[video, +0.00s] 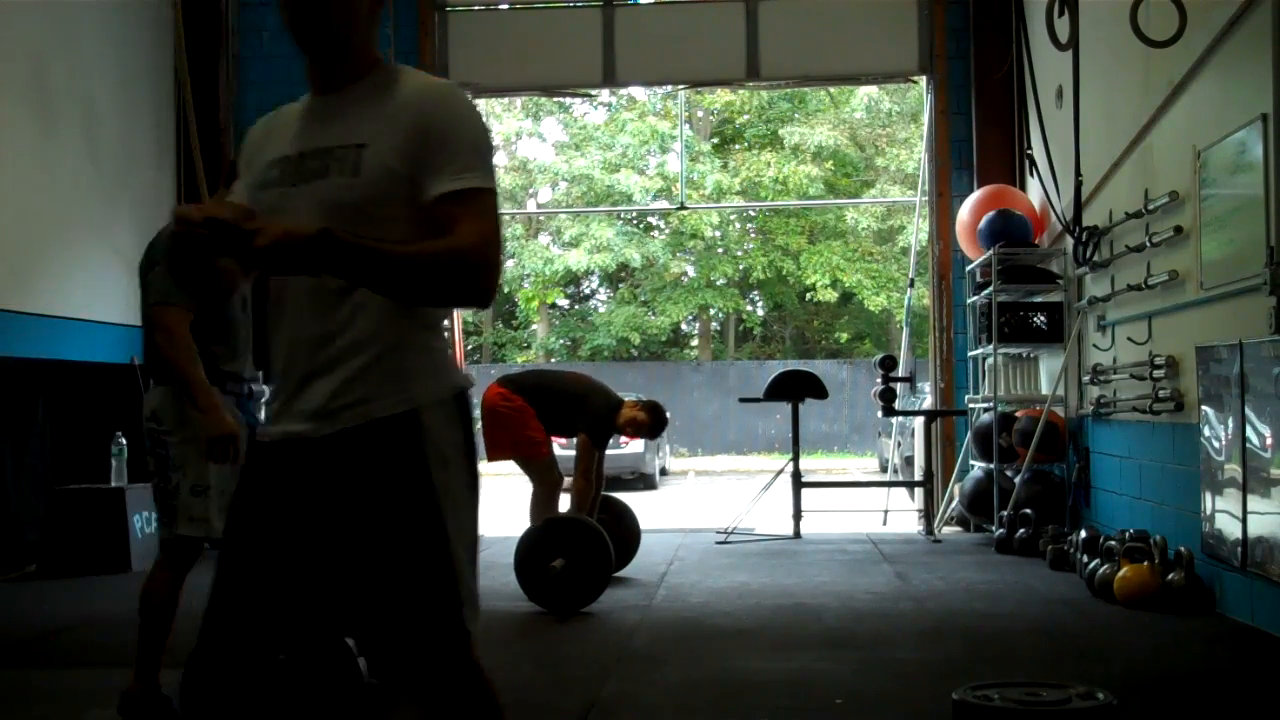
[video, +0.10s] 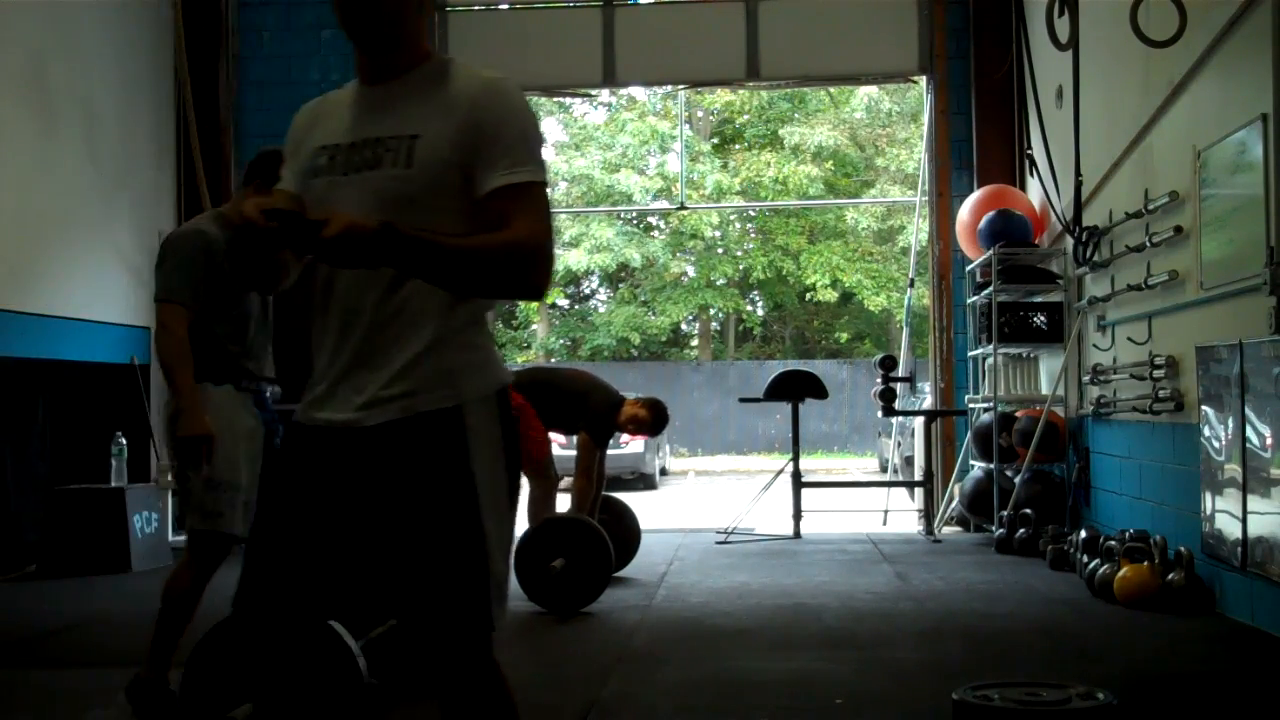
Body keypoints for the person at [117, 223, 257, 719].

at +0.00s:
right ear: (224, 187)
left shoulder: (245, 252)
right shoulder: (174, 247)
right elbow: (170, 336)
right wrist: (213, 410)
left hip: (240, 411)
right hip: (188, 414)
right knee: (182, 550)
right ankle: (145, 684)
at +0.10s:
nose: (279, 218)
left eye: (286, 210)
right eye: (275, 205)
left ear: (278, 201)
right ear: (253, 190)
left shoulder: (261, 247)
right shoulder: (195, 241)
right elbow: (171, 330)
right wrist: (190, 411)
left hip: (250, 408)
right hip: (211, 408)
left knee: (243, 545)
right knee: (209, 546)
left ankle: (239, 677)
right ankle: (156, 675)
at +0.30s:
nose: (321, 217)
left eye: (326, 207)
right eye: (319, 204)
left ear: (294, 195)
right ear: (290, 190)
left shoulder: (283, 253)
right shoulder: (214, 238)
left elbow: (280, 335)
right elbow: (173, 319)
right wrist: (170, 401)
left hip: (272, 398)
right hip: (228, 395)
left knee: (273, 527)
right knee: (253, 527)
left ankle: (262, 644)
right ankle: (232, 650)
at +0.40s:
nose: (329, 219)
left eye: (334, 210)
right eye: (327, 206)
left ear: (300, 195)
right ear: (300, 191)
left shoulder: (293, 260)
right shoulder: (219, 239)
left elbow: (319, 353)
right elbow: (174, 322)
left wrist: (372, 406)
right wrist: (172, 399)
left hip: (279, 403)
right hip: (234, 400)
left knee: (275, 535)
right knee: (250, 533)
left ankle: (271, 652)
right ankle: (250, 658)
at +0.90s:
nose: (331, 217)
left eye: (337, 207)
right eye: (329, 204)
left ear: (304, 192)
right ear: (300, 188)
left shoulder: (284, 248)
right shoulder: (236, 239)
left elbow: (288, 341)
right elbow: (204, 323)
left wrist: (331, 397)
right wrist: (239, 391)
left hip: (293, 407)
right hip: (263, 406)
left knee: (279, 546)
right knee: (268, 547)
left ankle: (264, 662)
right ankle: (243, 667)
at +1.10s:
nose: (332, 210)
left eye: (337, 200)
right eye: (330, 197)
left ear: (298, 183)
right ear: (299, 180)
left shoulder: (271, 238)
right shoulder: (239, 236)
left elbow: (272, 332)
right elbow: (235, 329)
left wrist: (321, 389)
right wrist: (313, 379)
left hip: (284, 402)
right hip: (251, 404)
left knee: (316, 530)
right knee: (249, 537)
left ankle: (286, 643)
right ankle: (230, 659)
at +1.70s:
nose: (338, 201)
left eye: (342, 190)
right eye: (335, 187)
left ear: (300, 176)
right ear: (302, 174)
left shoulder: (277, 235)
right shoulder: (253, 235)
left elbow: (272, 337)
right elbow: (252, 342)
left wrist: (302, 405)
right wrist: (290, 427)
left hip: (276, 404)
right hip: (248, 406)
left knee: (291, 545)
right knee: (243, 551)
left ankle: (287, 660)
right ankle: (229, 670)